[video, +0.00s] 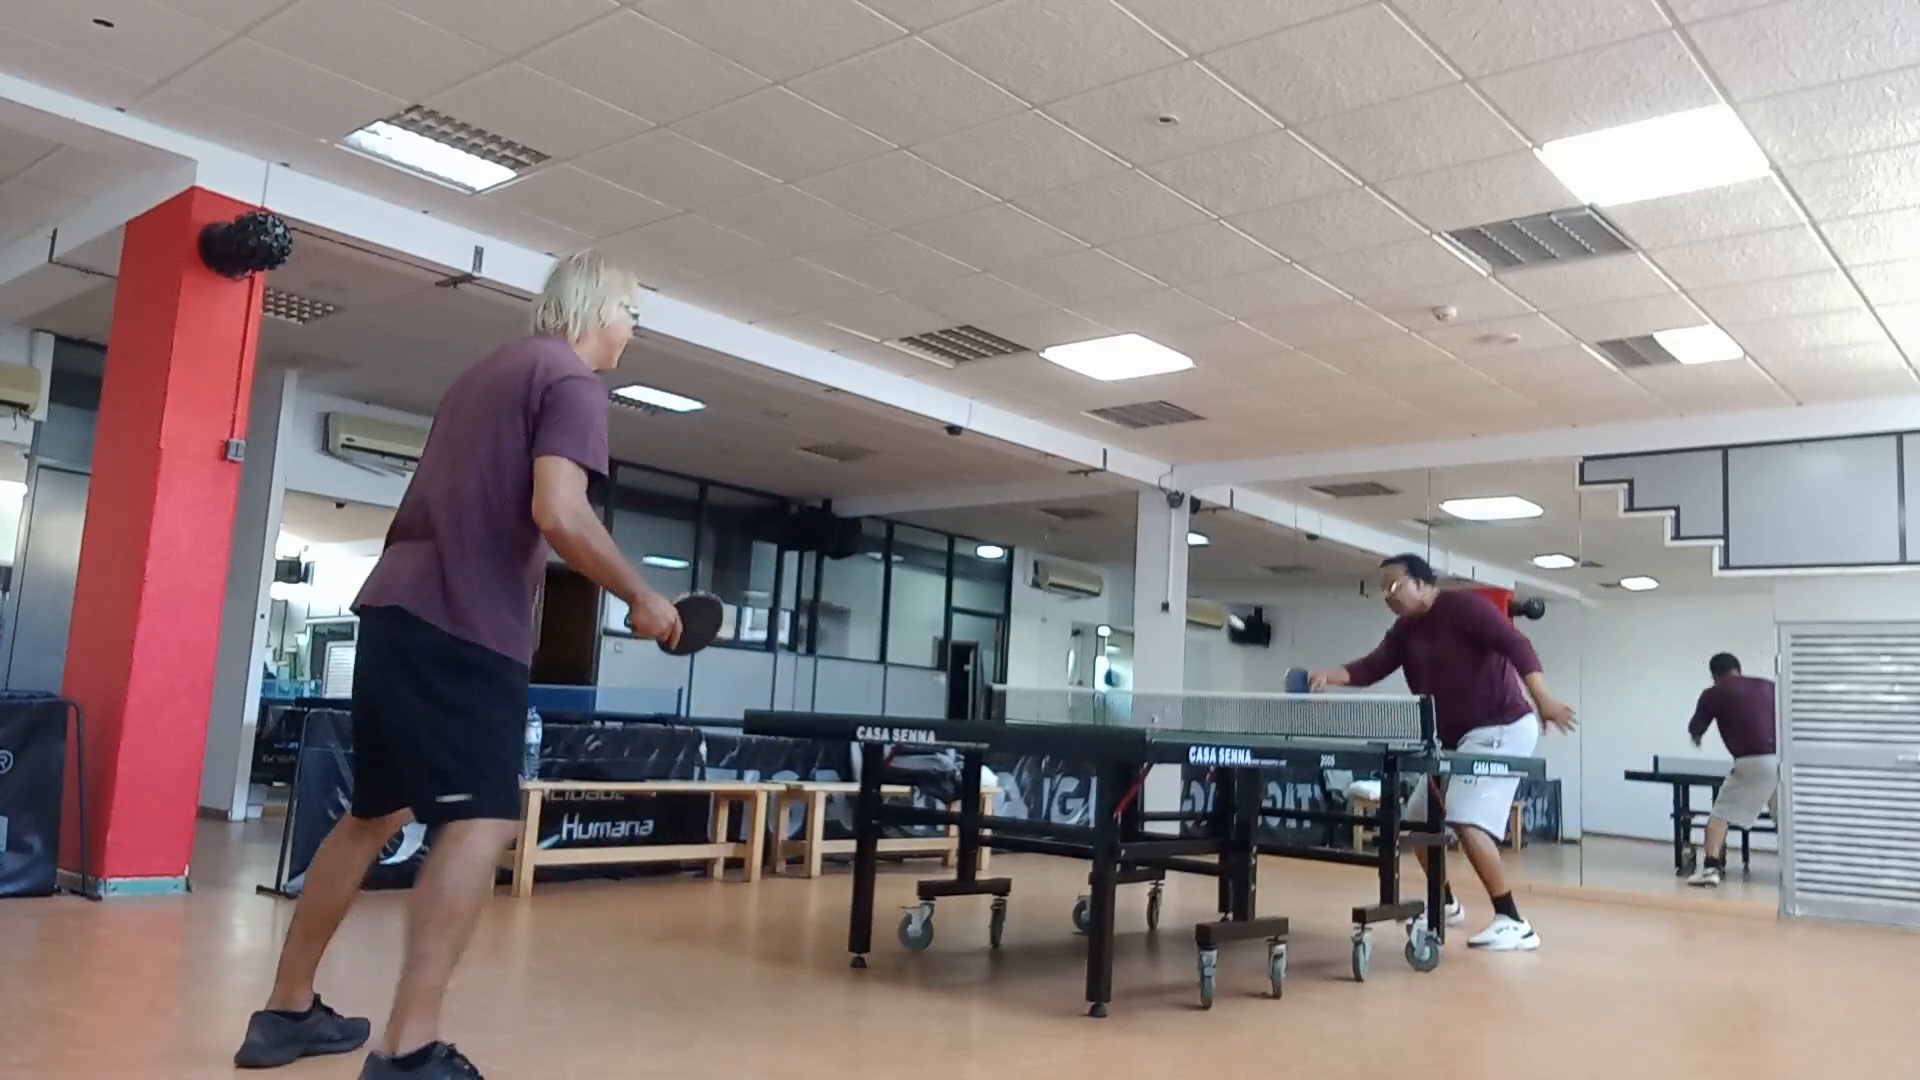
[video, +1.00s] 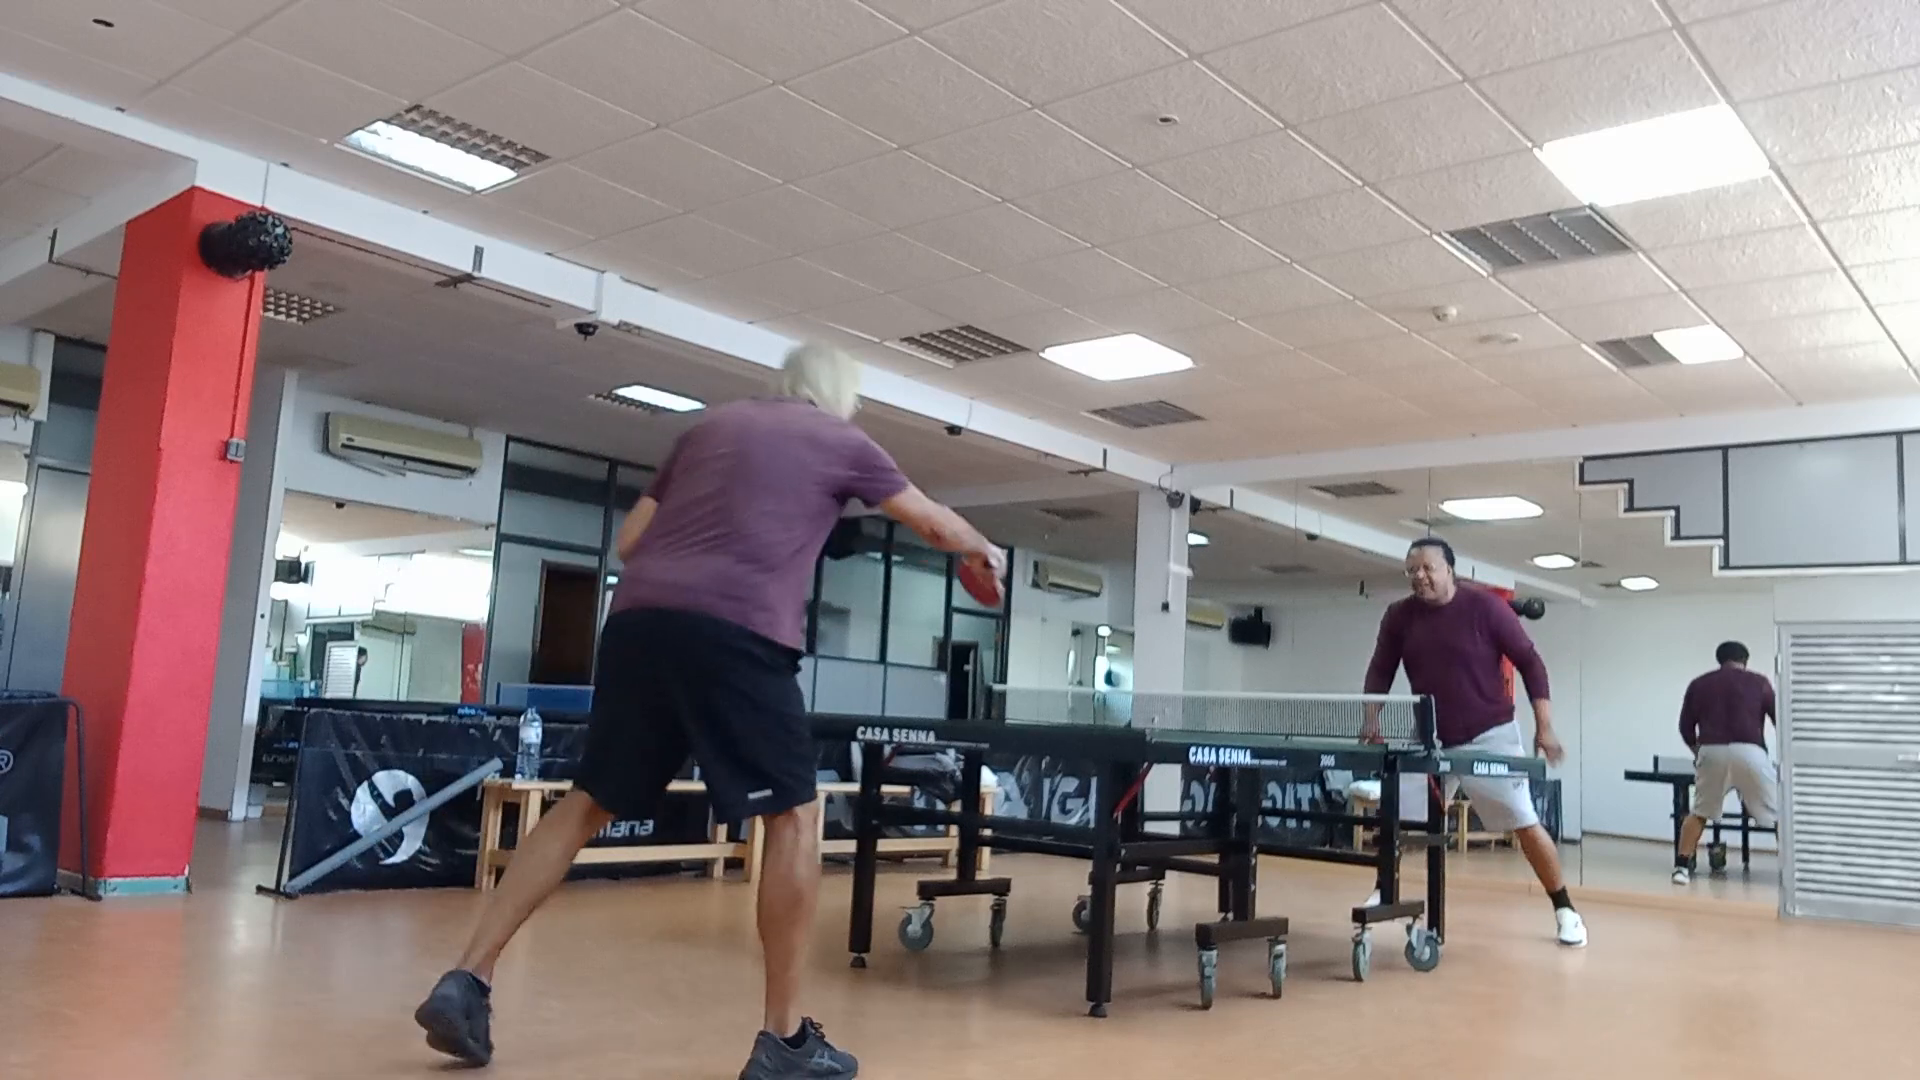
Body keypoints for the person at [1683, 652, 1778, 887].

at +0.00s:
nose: (1717, 682)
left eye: (1715, 678)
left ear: (1715, 675)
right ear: (1739, 669)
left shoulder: (1714, 693)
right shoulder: (1768, 686)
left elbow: (1696, 729)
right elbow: (1787, 713)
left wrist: (1696, 736)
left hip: (1752, 764)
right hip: (1784, 762)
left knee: (1719, 816)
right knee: (1786, 817)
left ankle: (1711, 867)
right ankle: (1798, 864)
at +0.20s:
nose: (1749, 668)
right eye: (1750, 665)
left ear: (1725, 665)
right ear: (1750, 663)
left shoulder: (1715, 686)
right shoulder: (1772, 682)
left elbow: (1702, 721)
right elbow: (1786, 711)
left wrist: (1715, 733)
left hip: (1740, 760)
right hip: (1774, 759)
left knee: (1711, 808)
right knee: (1786, 819)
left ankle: (1695, 859)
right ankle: (1799, 868)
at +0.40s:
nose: (1744, 665)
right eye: (1745, 662)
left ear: (1720, 660)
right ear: (1746, 660)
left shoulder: (1703, 681)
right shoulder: (1762, 680)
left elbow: (1687, 719)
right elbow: (1785, 712)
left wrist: (1700, 737)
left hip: (1719, 755)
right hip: (1757, 755)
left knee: (1699, 813)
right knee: (1779, 818)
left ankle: (1682, 867)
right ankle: (1798, 871)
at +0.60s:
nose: (1736, 663)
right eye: (1736, 659)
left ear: (1711, 658)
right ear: (1736, 658)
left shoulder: (1690, 679)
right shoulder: (1751, 677)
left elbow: (1676, 720)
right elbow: (1769, 715)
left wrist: (1687, 742)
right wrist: (1776, 738)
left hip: (1704, 749)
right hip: (1744, 749)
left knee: (1691, 812)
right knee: (1774, 811)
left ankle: (1681, 867)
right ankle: (1795, 864)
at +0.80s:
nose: (1735, 665)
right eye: (1736, 661)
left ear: (1711, 661)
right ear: (1737, 661)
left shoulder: (1692, 684)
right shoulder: (1753, 680)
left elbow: (1677, 725)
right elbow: (1776, 718)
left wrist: (1689, 752)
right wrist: (1788, 749)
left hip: (1707, 755)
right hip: (1747, 754)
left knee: (1693, 813)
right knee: (1774, 818)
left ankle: (1681, 867)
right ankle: (1792, 871)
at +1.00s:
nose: (1745, 666)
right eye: (1746, 663)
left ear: (1719, 661)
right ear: (1744, 662)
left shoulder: (1699, 684)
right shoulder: (1759, 682)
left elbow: (1685, 726)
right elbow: (1782, 721)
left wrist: (1699, 751)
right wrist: (1790, 752)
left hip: (1711, 753)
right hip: (1750, 753)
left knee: (1699, 812)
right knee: (1778, 816)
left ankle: (1681, 867)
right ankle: (1794, 875)